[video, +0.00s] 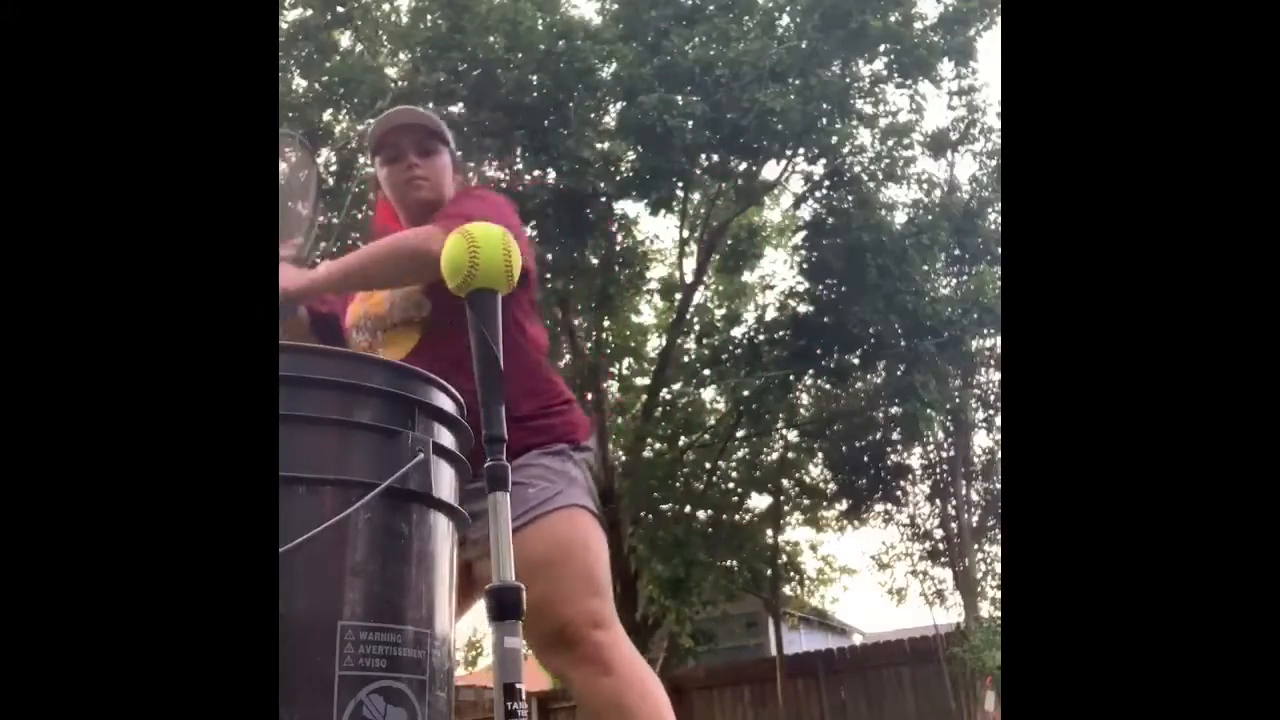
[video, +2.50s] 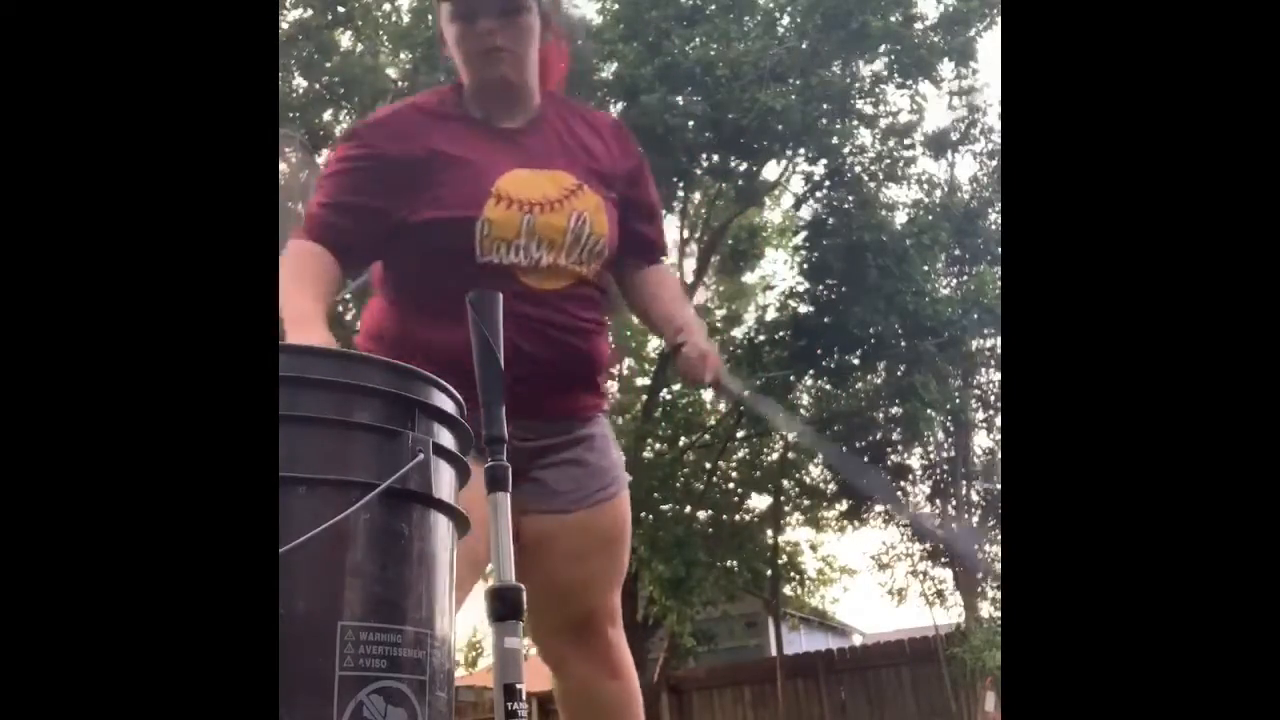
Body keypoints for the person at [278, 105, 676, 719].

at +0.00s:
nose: (412, 164)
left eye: (426, 150)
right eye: (393, 158)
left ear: (453, 161)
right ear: (377, 180)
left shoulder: (486, 208)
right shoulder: (371, 263)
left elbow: (446, 250)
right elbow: (343, 347)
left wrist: (308, 279)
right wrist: (296, 303)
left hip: (525, 452)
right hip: (424, 467)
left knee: (584, 638)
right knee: (378, 639)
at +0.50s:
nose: (346, 177)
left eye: (360, 160)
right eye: (325, 170)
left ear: (387, 172)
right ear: (312, 197)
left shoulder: (390, 224)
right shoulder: (327, 245)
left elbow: (283, 307)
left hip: (503, 435)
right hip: (428, 445)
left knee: (481, 622)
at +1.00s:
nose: (465, 160)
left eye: (467, 148)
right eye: (446, 148)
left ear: (472, 152)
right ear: (396, 161)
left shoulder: (474, 218)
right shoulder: (408, 224)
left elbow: (550, 221)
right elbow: (538, 217)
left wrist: (635, 192)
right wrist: (644, 188)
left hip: (563, 458)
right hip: (488, 461)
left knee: (578, 644)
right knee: (445, 659)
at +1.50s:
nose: (511, 132)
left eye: (510, 122)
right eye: (493, 121)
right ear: (452, 132)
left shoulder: (443, 190)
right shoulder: (492, 179)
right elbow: (614, 186)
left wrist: (388, 123)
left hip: (565, 463)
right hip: (479, 464)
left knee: (576, 643)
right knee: (429, 657)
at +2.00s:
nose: (525, 122)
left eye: (536, 110)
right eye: (503, 110)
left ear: (551, 126)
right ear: (468, 128)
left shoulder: (575, 217)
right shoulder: (440, 192)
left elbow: (657, 282)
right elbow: (393, 269)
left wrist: (676, 242)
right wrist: (538, 286)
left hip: (559, 450)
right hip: (442, 449)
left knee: (595, 630)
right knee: (404, 643)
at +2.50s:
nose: (491, 29)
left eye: (509, 11)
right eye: (470, 15)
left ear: (541, 21)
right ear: (445, 32)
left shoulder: (605, 142)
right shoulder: (396, 138)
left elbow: (642, 261)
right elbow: (311, 256)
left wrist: (687, 328)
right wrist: (315, 356)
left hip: (568, 432)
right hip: (433, 432)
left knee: (593, 639)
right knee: (397, 633)